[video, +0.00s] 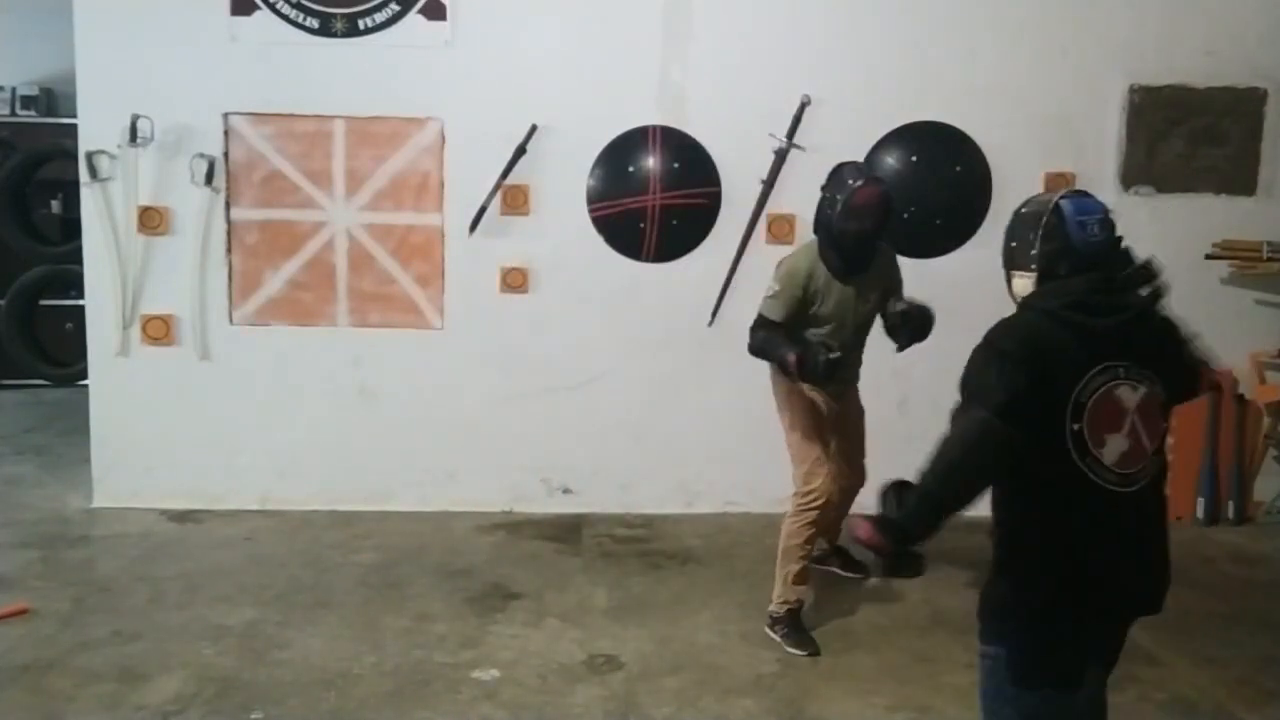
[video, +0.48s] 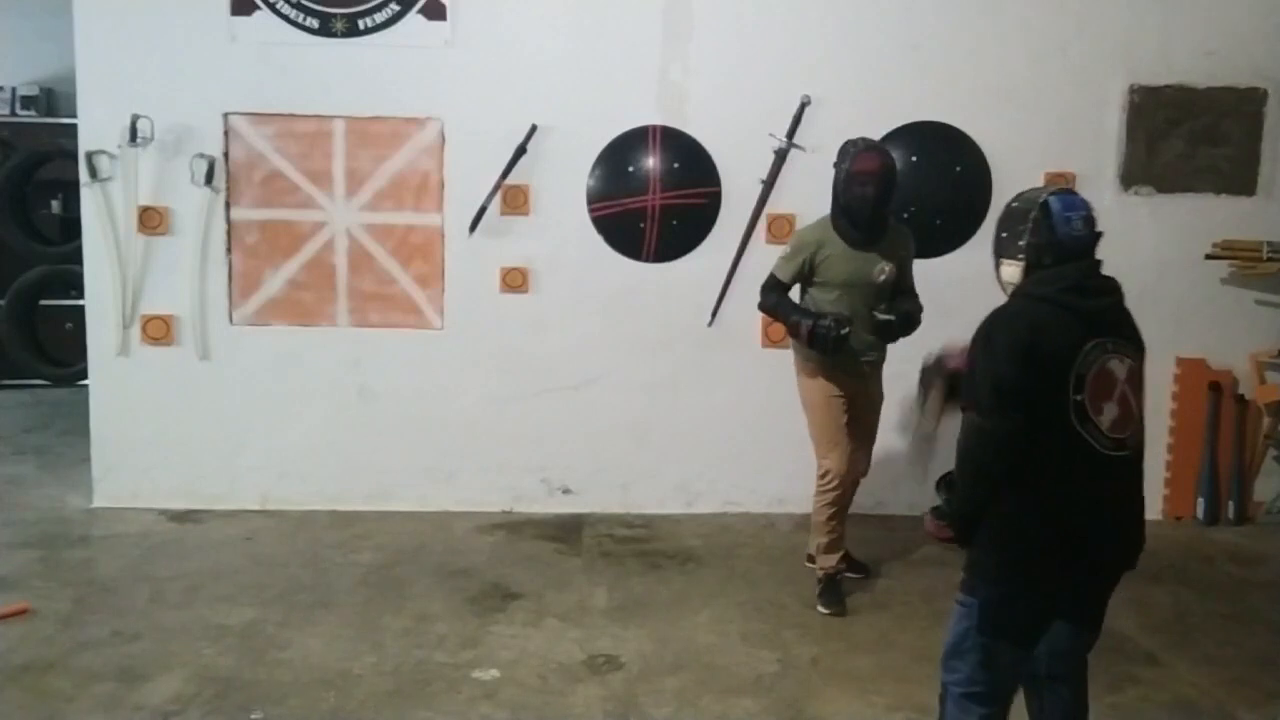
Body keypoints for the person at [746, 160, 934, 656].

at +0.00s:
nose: (864, 230)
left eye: (872, 219)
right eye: (854, 217)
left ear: (882, 222)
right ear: (830, 216)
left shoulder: (881, 261)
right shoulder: (802, 265)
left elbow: (897, 330)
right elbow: (760, 336)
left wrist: (911, 322)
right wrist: (796, 357)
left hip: (844, 385)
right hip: (797, 383)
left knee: (850, 477)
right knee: (817, 485)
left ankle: (822, 545)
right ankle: (784, 608)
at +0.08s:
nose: (865, 226)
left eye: (873, 215)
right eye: (855, 213)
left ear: (884, 219)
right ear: (832, 214)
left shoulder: (885, 260)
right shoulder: (806, 265)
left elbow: (909, 330)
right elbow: (764, 333)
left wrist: (918, 311)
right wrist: (802, 356)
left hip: (850, 381)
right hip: (804, 379)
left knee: (858, 478)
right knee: (821, 485)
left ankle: (823, 546)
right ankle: (788, 608)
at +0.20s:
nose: (865, 220)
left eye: (874, 210)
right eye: (856, 208)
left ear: (886, 213)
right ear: (836, 208)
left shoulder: (889, 254)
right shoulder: (811, 257)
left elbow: (914, 322)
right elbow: (769, 322)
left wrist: (915, 298)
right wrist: (806, 344)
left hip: (857, 378)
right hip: (812, 375)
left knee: (864, 473)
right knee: (828, 476)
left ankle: (827, 545)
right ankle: (804, 593)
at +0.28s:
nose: (868, 209)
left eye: (877, 199)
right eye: (859, 198)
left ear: (887, 204)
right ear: (838, 199)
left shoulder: (892, 247)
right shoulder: (812, 248)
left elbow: (911, 314)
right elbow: (769, 308)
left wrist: (909, 296)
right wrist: (801, 335)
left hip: (861, 378)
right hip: (816, 376)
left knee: (860, 473)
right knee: (835, 470)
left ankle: (829, 545)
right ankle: (811, 584)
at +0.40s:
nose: (868, 198)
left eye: (877, 189)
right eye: (859, 187)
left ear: (888, 194)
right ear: (839, 189)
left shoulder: (895, 242)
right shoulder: (813, 239)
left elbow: (908, 308)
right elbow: (768, 299)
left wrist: (891, 320)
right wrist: (808, 327)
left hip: (866, 371)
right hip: (819, 369)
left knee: (858, 469)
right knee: (836, 466)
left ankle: (829, 548)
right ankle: (824, 569)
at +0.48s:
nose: (867, 193)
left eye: (876, 184)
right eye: (858, 183)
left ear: (888, 190)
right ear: (840, 186)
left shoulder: (897, 242)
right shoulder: (814, 237)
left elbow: (908, 305)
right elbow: (769, 295)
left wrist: (897, 323)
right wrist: (807, 324)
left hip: (867, 368)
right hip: (820, 367)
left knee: (856, 467)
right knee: (835, 467)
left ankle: (829, 547)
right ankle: (828, 570)